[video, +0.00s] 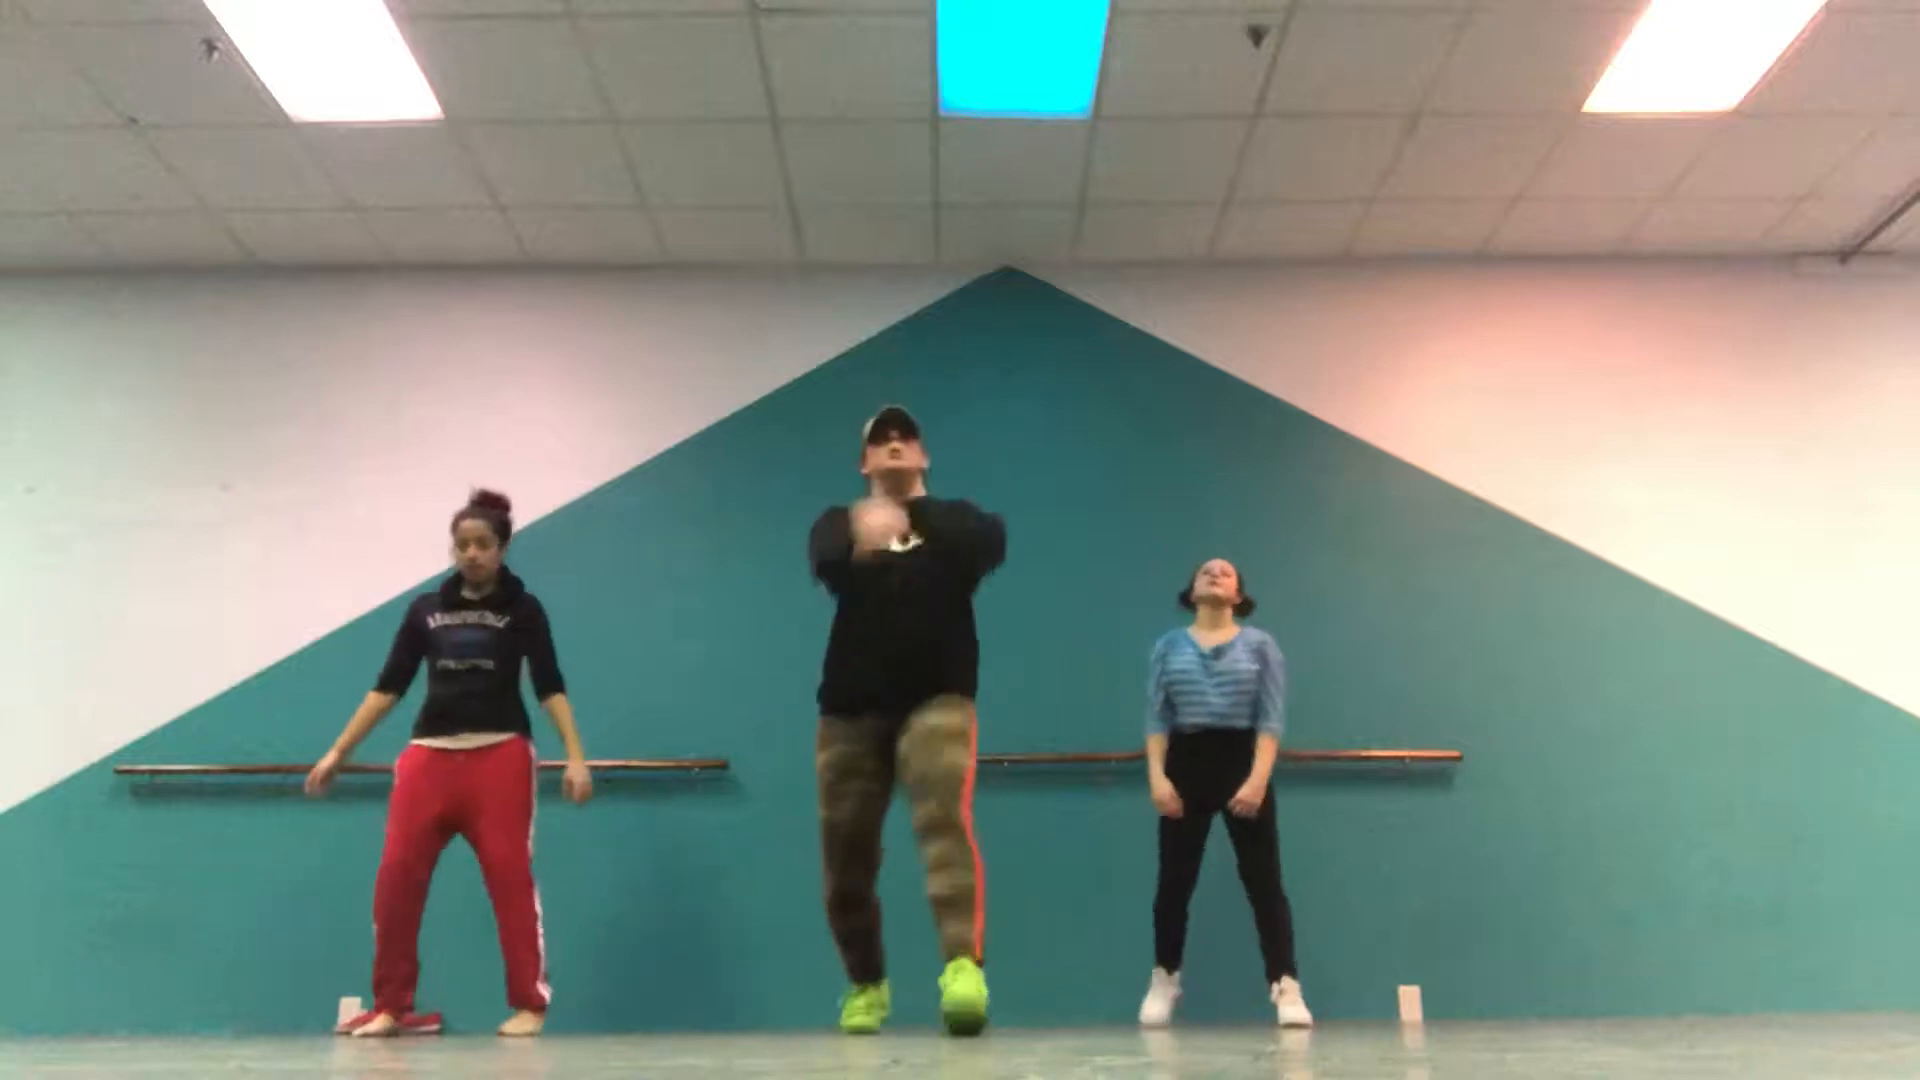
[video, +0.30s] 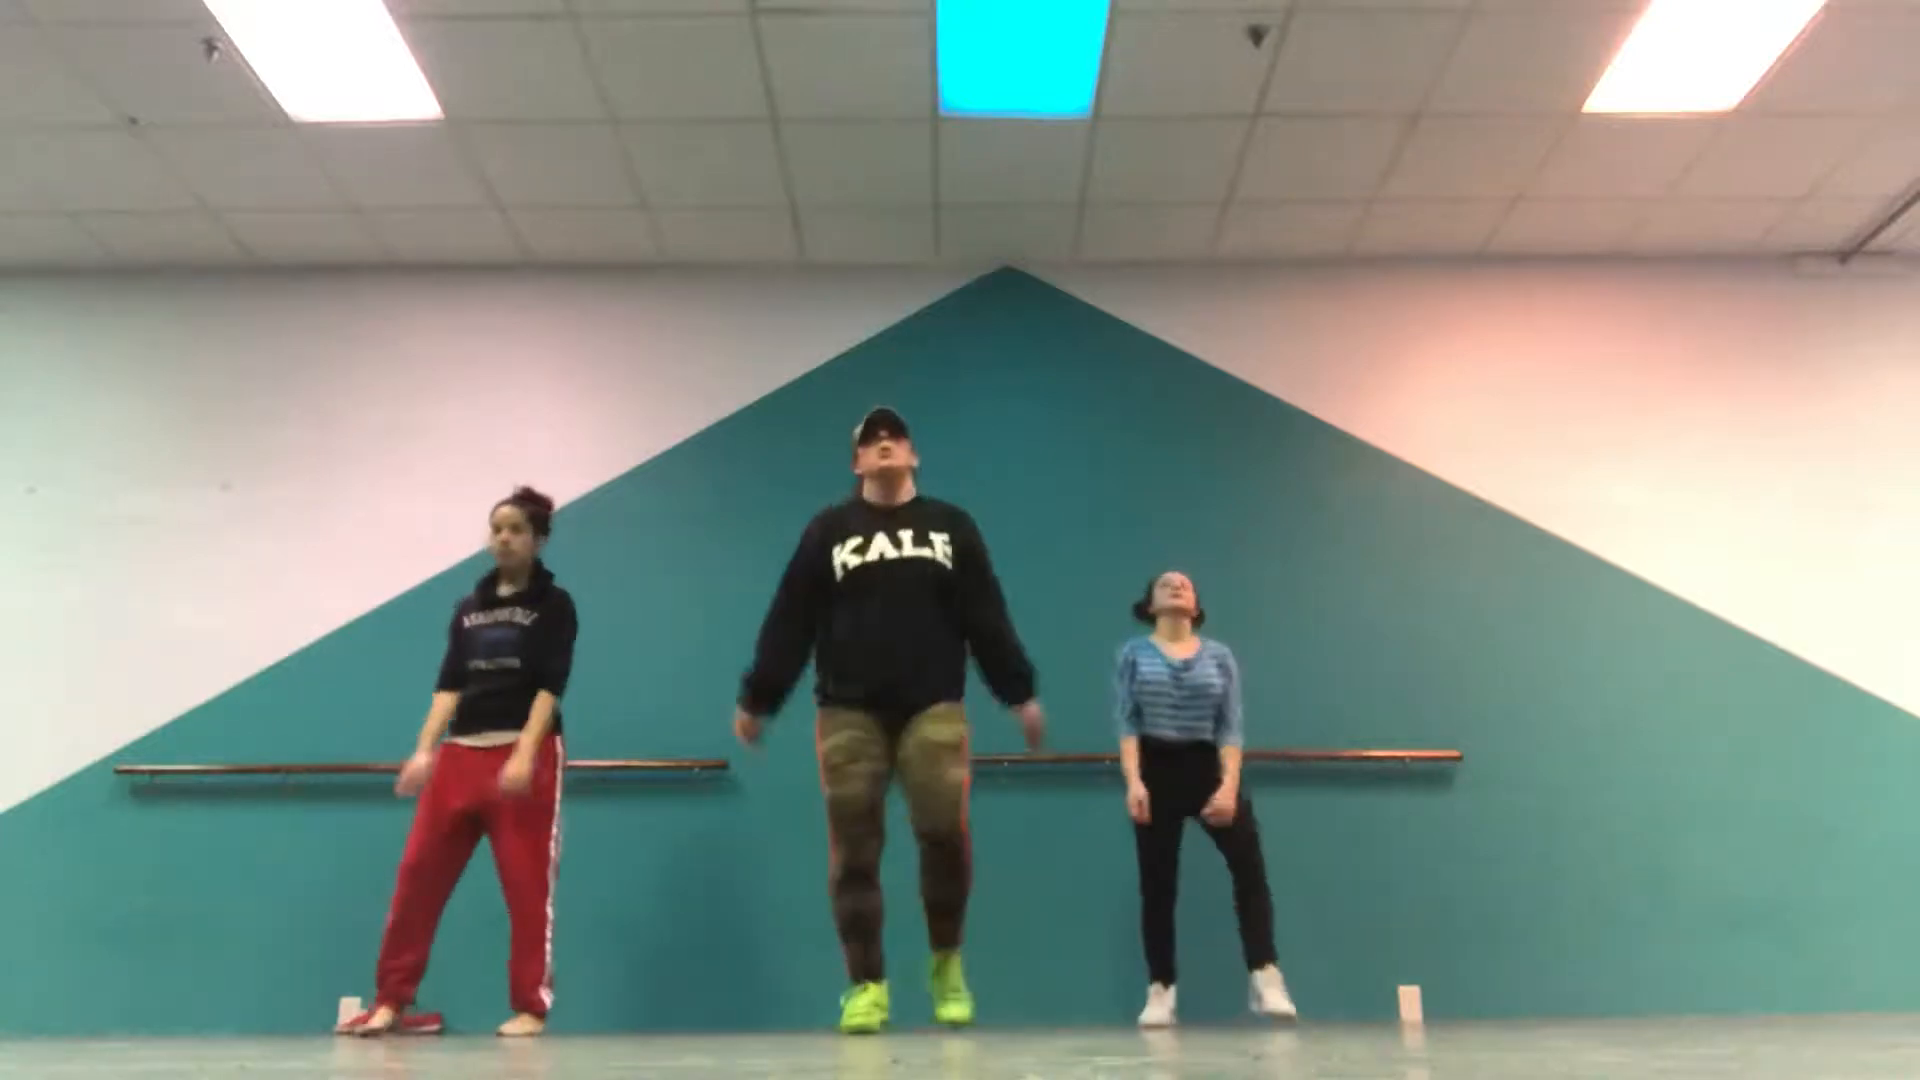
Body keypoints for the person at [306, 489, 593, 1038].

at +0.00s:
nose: (471, 554)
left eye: (482, 543)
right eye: (462, 544)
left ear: (504, 546)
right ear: (451, 547)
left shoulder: (523, 609)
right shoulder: (425, 608)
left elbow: (550, 688)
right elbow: (387, 688)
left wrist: (576, 757)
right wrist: (337, 751)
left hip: (499, 760)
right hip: (427, 761)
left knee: (509, 878)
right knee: (396, 878)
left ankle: (529, 1005)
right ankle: (391, 1006)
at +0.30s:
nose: (502, 538)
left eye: (514, 530)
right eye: (496, 528)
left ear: (537, 539)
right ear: (489, 536)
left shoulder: (555, 605)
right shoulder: (471, 605)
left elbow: (550, 687)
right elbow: (450, 685)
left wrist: (525, 752)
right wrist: (424, 747)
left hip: (523, 755)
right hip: (459, 756)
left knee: (527, 885)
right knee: (417, 876)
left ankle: (530, 1009)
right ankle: (389, 1001)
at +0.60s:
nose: (497, 548)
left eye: (510, 540)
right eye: (493, 538)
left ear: (533, 550)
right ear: (486, 546)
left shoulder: (545, 607)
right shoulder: (471, 611)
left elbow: (522, 682)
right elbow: (447, 679)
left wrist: (470, 747)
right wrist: (458, 718)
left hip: (515, 756)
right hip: (455, 754)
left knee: (513, 880)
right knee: (423, 878)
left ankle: (530, 1009)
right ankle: (416, 1005)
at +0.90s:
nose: (472, 544)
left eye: (484, 538)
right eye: (468, 536)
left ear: (507, 550)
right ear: (460, 545)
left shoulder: (517, 615)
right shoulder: (433, 612)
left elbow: (518, 694)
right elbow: (409, 684)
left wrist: (506, 764)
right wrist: (414, 729)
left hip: (486, 761)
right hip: (427, 763)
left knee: (499, 873)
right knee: (414, 885)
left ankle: (533, 998)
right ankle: (416, 1007)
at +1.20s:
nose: (474, 559)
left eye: (486, 552)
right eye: (468, 550)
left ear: (507, 563)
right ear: (460, 558)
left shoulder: (525, 630)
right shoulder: (430, 628)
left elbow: (534, 710)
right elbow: (405, 713)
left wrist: (532, 777)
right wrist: (368, 780)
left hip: (487, 774)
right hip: (420, 770)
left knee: (475, 892)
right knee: (409, 889)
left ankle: (463, 1007)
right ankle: (417, 1007)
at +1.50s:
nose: (526, 572)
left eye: (536, 565)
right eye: (518, 561)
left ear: (548, 575)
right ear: (502, 564)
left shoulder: (538, 641)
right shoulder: (457, 602)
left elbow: (512, 714)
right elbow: (379, 606)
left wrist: (506, 781)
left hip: (482, 775)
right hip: (419, 761)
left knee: (476, 891)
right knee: (380, 848)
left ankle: (459, 1008)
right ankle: (347, 951)